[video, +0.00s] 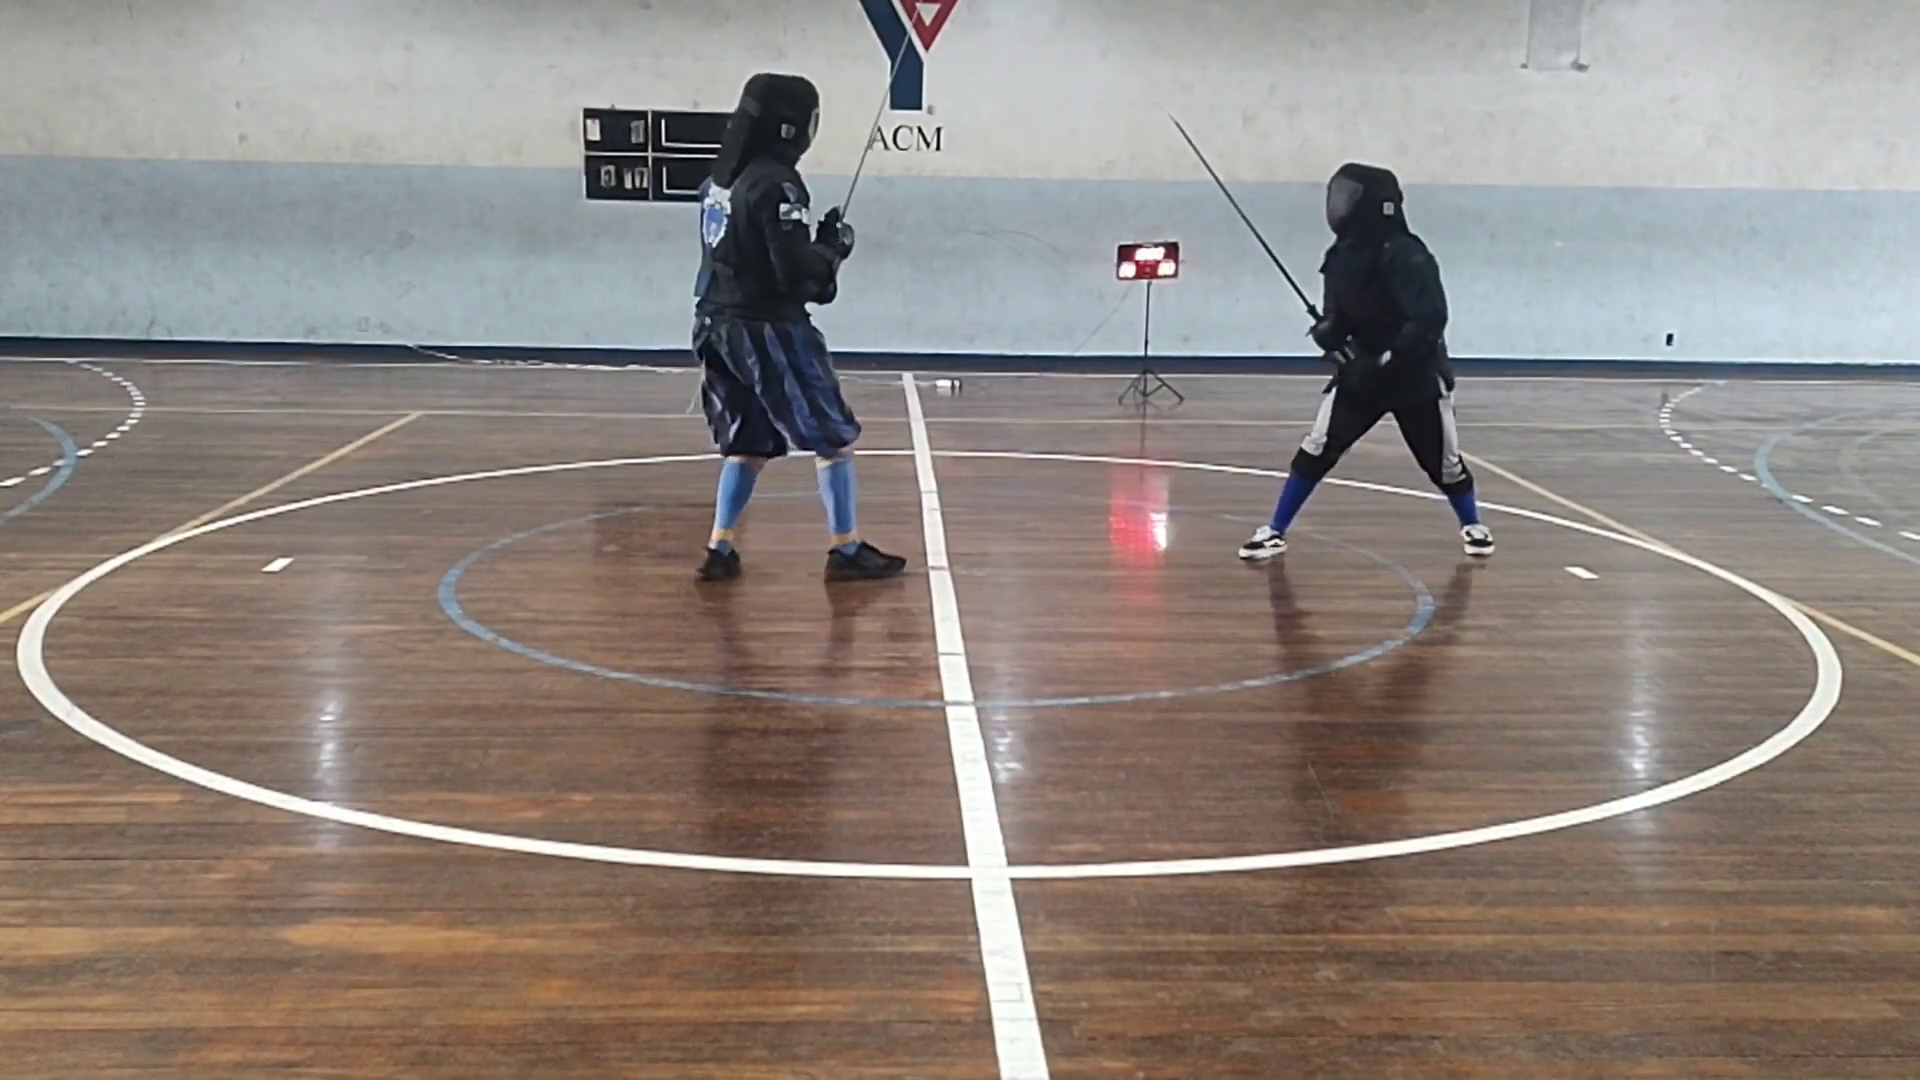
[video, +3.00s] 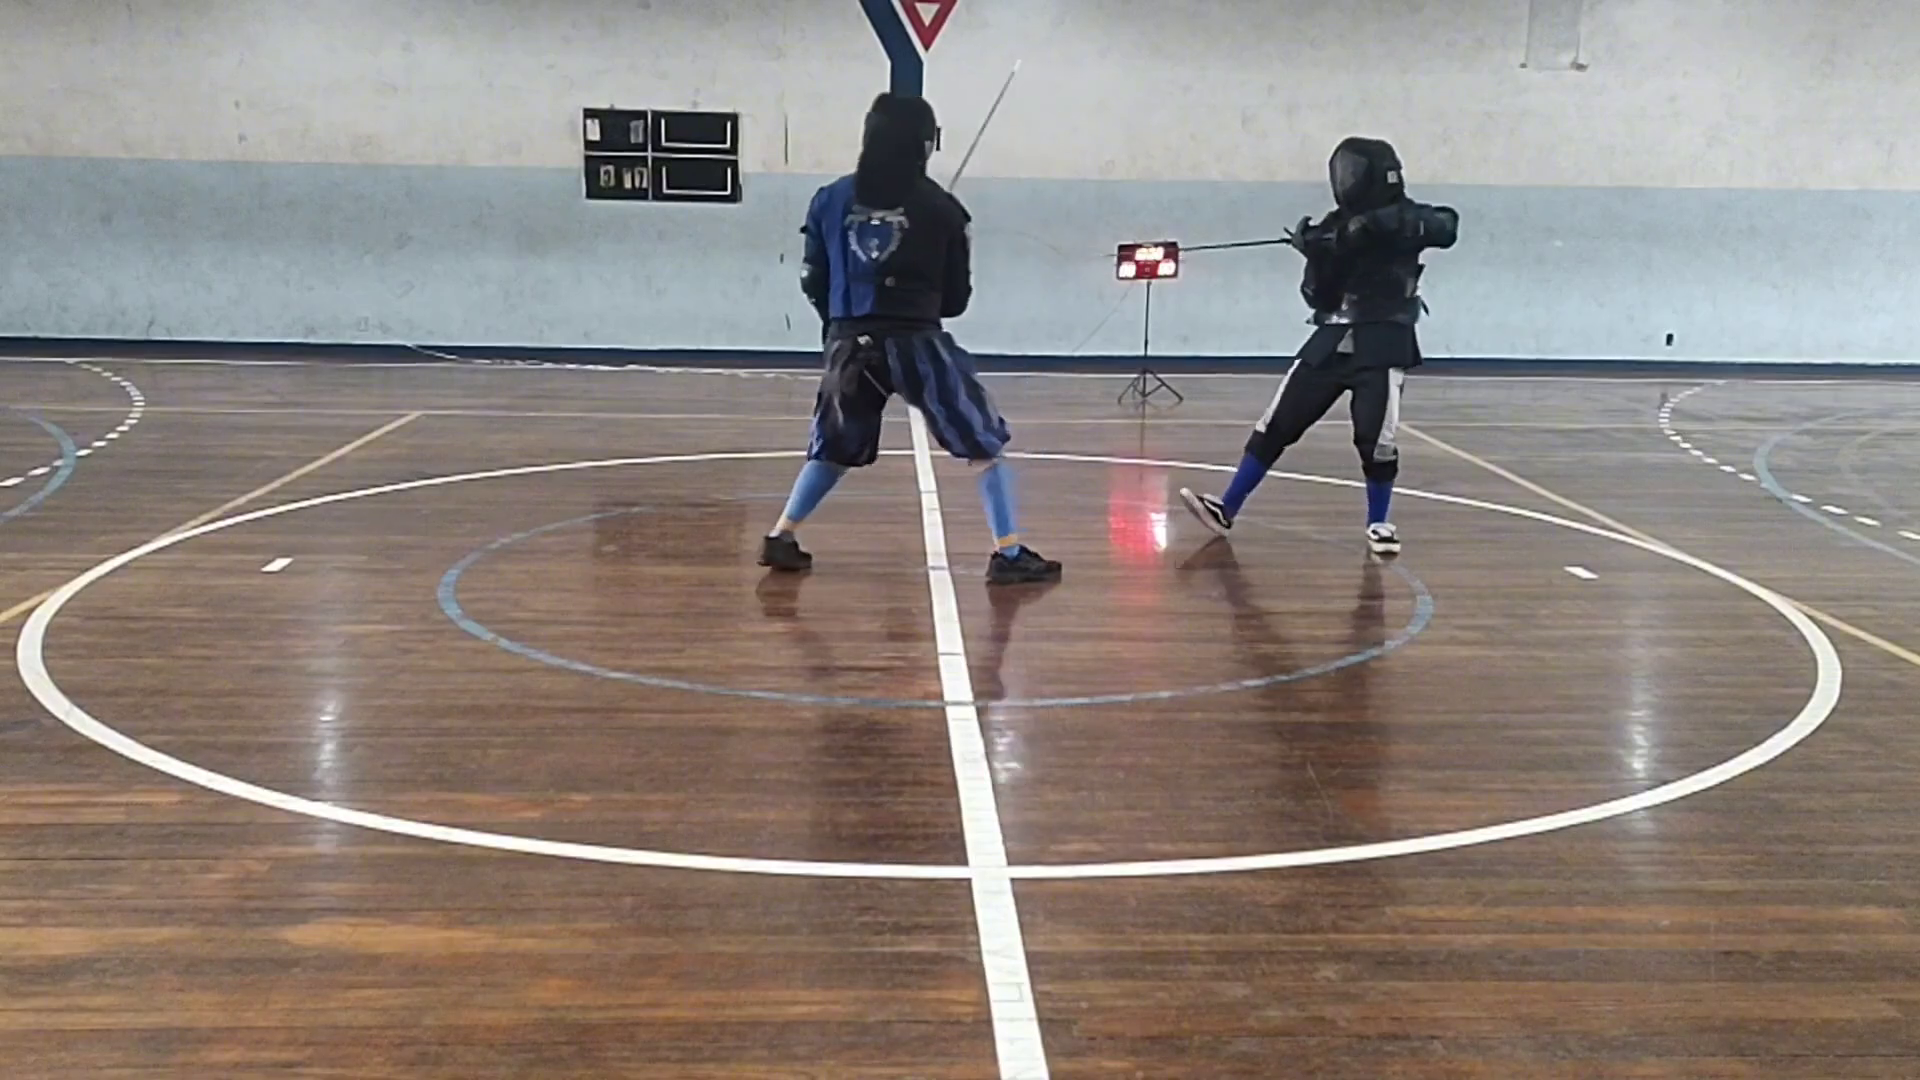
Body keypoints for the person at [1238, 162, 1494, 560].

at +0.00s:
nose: (1335, 205)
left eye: (1345, 196)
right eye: (1334, 195)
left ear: (1373, 202)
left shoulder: (1406, 253)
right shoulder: (1339, 257)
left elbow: (1432, 316)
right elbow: (1336, 315)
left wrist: (1388, 357)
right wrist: (1327, 331)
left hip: (1415, 373)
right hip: (1361, 372)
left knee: (1443, 460)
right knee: (1316, 450)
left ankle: (1472, 525)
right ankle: (1275, 530)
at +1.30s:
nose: (1351, 210)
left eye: (1362, 202)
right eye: (1349, 201)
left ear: (1389, 209)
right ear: (1348, 204)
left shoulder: (1413, 260)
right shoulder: (1342, 254)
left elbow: (1403, 324)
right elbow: (1296, 312)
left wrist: (1344, 312)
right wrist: (1279, 294)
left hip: (1397, 386)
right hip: (1335, 383)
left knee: (1446, 464)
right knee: (1270, 449)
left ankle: (1474, 528)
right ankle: (1216, 520)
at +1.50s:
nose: (1343, 206)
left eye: (1353, 198)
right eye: (1341, 198)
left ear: (1376, 204)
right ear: (1340, 205)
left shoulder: (1399, 247)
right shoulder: (1328, 246)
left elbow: (1358, 270)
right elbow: (1277, 270)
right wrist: (1244, 252)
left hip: (1383, 374)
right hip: (1322, 373)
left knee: (1442, 455)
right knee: (1258, 445)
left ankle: (1472, 527)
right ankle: (1210, 519)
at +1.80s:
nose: (1322, 198)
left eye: (1330, 191)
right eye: (1320, 191)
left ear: (1350, 193)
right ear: (1319, 192)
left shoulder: (1379, 234)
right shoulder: (1305, 232)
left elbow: (1335, 221)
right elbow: (1255, 219)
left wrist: (1307, 192)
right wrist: (1225, 185)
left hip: (1359, 372)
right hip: (1300, 371)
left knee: (1424, 451)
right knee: (1247, 449)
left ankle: (1461, 528)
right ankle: (1208, 521)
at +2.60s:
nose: (1324, 175)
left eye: (1336, 166)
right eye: (1319, 165)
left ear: (1355, 174)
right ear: (1310, 169)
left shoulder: (1368, 216)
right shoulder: (1291, 213)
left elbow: (1362, 240)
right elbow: (1246, 259)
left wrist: (1316, 211)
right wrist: (1233, 225)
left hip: (1337, 347)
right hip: (1278, 343)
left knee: (1372, 439)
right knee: (1237, 431)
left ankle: (1391, 523)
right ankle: (1207, 518)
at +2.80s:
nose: (1327, 180)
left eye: (1338, 171)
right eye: (1322, 171)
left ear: (1361, 177)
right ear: (1313, 176)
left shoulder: (1379, 224)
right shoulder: (1303, 227)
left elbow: (1422, 241)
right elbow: (1286, 299)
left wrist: (1362, 223)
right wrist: (1296, 250)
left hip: (1344, 351)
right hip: (1289, 345)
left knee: (1352, 443)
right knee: (1241, 430)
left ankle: (1375, 524)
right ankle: (1206, 515)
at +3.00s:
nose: (1343, 178)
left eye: (1353, 169)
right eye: (1339, 169)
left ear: (1379, 173)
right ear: (1335, 174)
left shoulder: (1405, 216)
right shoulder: (1330, 226)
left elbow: (1445, 227)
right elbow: (1320, 301)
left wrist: (1381, 221)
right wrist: (1319, 256)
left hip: (1382, 336)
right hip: (1330, 335)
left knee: (1376, 439)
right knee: (1277, 424)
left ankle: (1379, 525)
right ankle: (1226, 508)